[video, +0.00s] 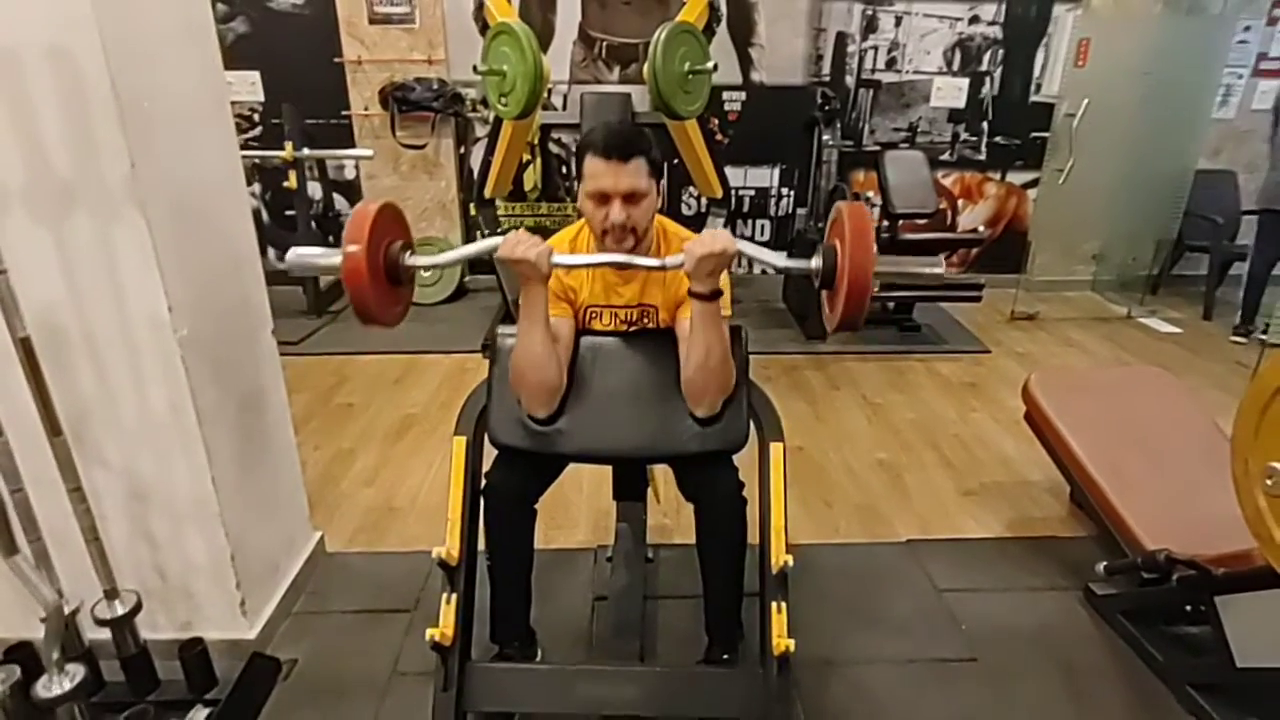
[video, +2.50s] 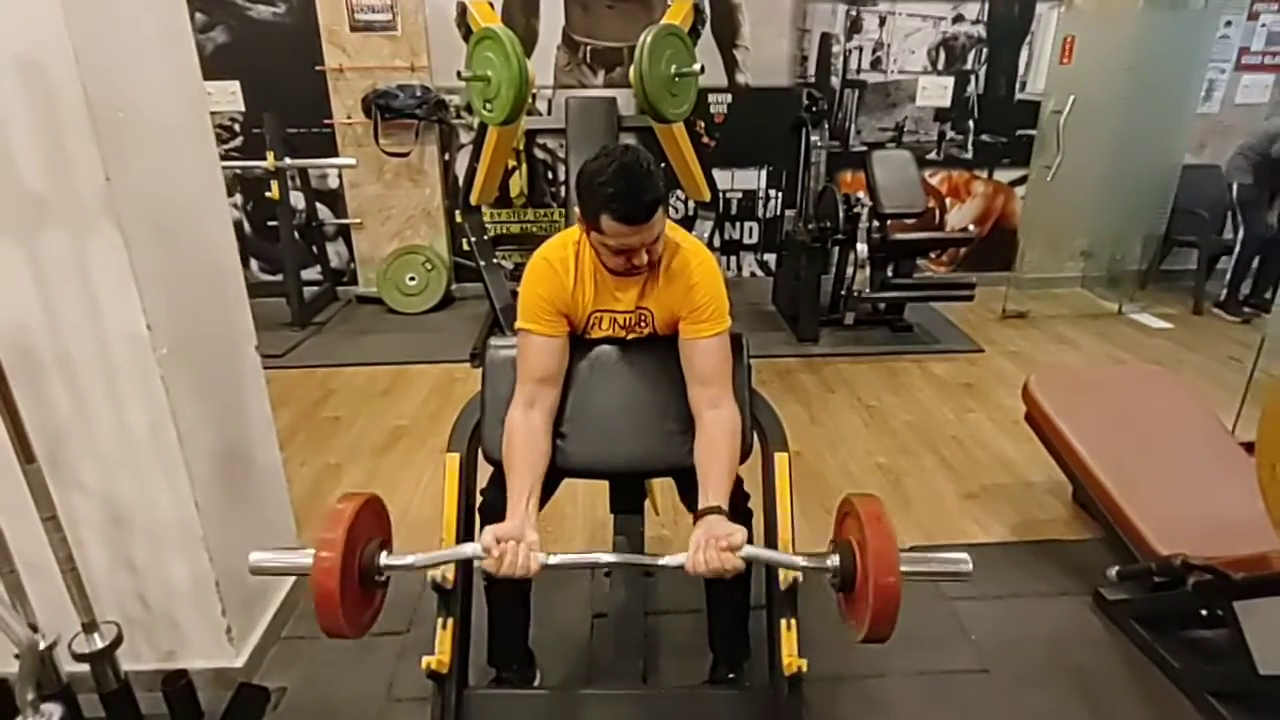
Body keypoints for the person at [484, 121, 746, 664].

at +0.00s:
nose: (616, 216)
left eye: (633, 198)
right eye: (600, 199)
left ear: (657, 192)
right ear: (579, 195)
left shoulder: (690, 254)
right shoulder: (559, 255)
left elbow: (707, 403)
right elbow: (539, 404)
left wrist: (705, 290)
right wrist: (532, 286)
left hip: (668, 399)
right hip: (577, 398)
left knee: (721, 489)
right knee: (505, 488)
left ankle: (724, 648)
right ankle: (513, 647)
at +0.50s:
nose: (618, 208)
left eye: (634, 193)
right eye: (601, 193)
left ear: (658, 202)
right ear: (580, 204)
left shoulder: (694, 269)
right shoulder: (555, 270)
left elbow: (712, 419)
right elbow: (540, 420)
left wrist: (711, 312)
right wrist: (531, 312)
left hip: (670, 412)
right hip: (577, 412)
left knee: (724, 504)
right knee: (506, 504)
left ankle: (726, 666)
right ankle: (513, 662)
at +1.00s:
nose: (615, 207)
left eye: (632, 192)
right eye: (598, 192)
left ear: (656, 201)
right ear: (576, 202)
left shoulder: (697, 275)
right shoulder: (546, 277)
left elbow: (714, 428)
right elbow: (534, 426)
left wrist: (717, 399)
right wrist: (515, 390)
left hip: (670, 418)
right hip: (575, 419)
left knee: (728, 511)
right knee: (505, 512)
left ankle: (730, 673)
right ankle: (512, 675)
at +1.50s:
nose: (612, 248)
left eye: (628, 231)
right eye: (593, 233)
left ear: (649, 209)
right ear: (570, 211)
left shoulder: (689, 273)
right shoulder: (536, 272)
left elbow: (703, 404)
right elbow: (523, 403)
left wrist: (705, 501)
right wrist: (503, 495)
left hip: (663, 416)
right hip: (563, 417)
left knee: (721, 518)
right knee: (492, 518)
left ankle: (723, 673)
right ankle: (501, 675)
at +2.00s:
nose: (633, 261)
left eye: (645, 244)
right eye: (612, 251)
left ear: (658, 216)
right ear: (579, 226)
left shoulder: (691, 272)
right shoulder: (541, 273)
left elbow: (708, 410)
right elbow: (527, 407)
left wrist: (709, 537)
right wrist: (518, 540)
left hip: (662, 410)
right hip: (567, 409)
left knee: (728, 509)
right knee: (491, 510)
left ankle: (726, 671)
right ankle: (506, 671)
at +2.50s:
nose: (641, 260)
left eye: (651, 243)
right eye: (621, 249)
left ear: (663, 215)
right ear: (587, 227)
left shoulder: (693, 269)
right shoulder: (550, 269)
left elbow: (714, 400)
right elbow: (534, 399)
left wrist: (713, 512)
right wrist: (518, 516)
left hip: (669, 405)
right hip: (573, 403)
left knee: (731, 514)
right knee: (496, 512)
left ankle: (729, 671)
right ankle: (511, 672)